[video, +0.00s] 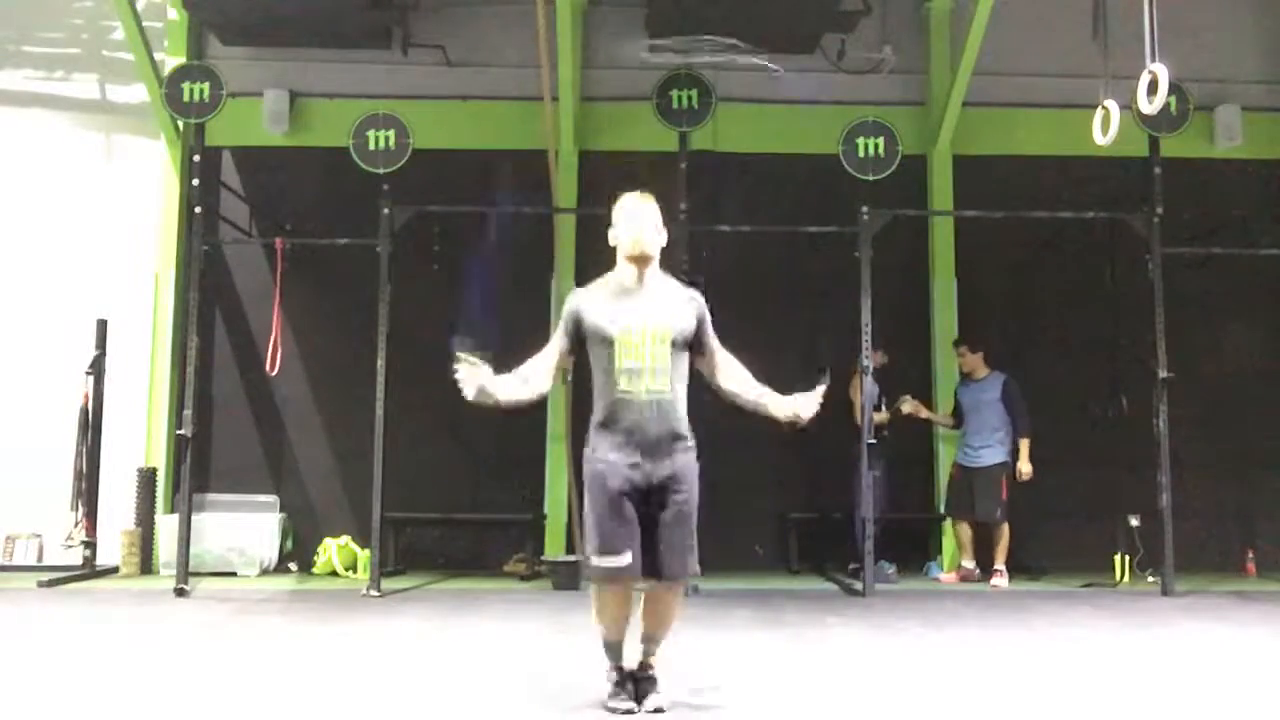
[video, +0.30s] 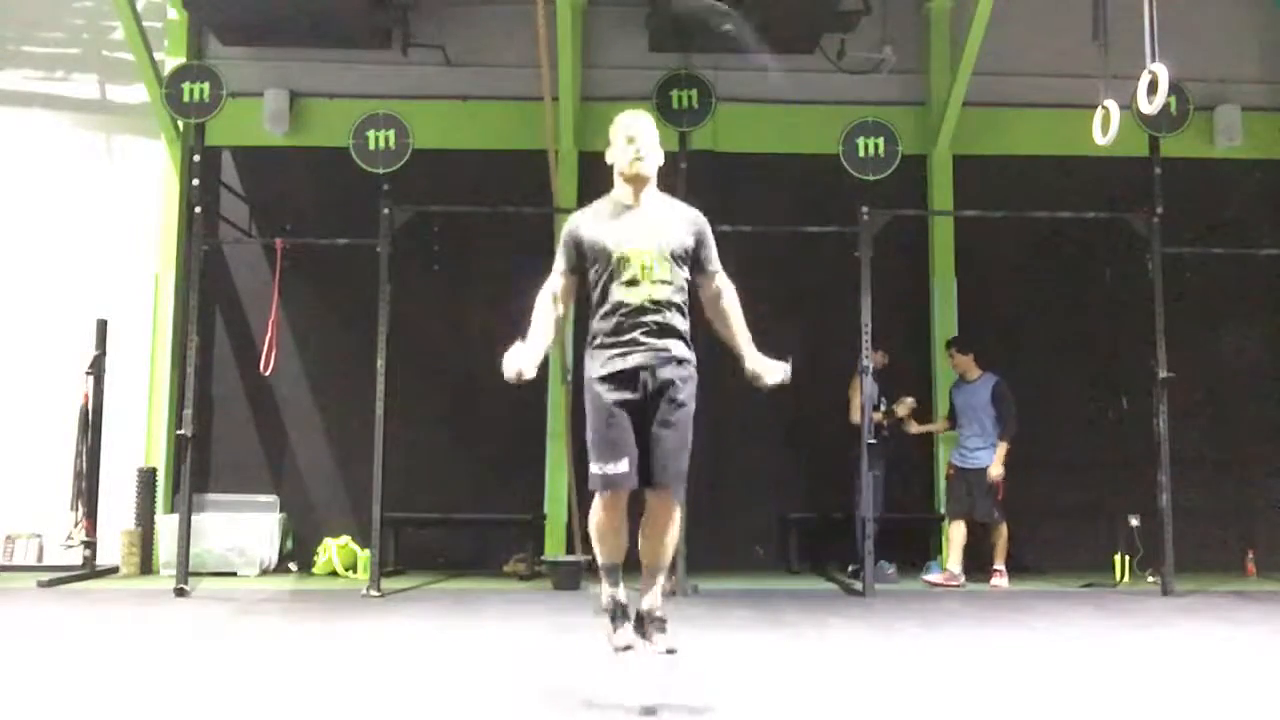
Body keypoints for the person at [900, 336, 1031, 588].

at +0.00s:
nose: (959, 361)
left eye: (963, 356)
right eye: (958, 356)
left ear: (979, 355)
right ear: (963, 357)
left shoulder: (1003, 384)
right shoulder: (962, 388)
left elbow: (1021, 421)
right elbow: (956, 423)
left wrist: (1024, 457)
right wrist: (924, 413)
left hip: (994, 460)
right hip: (965, 461)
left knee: (996, 517)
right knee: (959, 514)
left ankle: (999, 569)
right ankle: (968, 566)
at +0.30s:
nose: (951, 363)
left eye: (954, 357)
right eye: (950, 358)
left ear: (969, 356)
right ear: (958, 359)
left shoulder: (994, 385)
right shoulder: (956, 389)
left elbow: (1009, 424)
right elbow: (952, 422)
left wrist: (998, 461)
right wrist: (920, 428)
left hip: (987, 462)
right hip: (960, 462)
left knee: (994, 517)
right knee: (956, 515)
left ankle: (999, 569)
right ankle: (954, 570)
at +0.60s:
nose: (928, 361)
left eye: (931, 355)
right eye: (928, 355)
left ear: (946, 355)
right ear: (940, 356)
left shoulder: (974, 381)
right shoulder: (934, 387)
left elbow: (987, 418)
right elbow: (931, 424)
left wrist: (965, 446)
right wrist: (915, 455)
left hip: (970, 459)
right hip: (939, 461)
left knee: (978, 515)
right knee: (945, 517)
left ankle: (996, 564)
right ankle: (952, 573)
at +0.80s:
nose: (913, 360)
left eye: (917, 355)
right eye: (913, 355)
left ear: (931, 355)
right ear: (926, 357)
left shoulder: (959, 380)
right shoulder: (918, 387)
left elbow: (973, 418)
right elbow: (914, 423)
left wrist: (954, 446)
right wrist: (904, 455)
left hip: (951, 457)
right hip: (925, 458)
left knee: (952, 513)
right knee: (935, 517)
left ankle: (981, 553)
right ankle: (949, 569)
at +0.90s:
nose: (905, 361)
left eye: (909, 355)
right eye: (904, 356)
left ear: (924, 353)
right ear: (911, 358)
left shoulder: (951, 380)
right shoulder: (910, 387)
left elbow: (967, 418)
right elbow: (907, 423)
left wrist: (955, 450)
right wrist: (895, 451)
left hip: (943, 458)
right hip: (920, 459)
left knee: (936, 513)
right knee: (928, 515)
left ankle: (960, 562)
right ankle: (947, 571)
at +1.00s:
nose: (898, 361)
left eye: (902, 355)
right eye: (896, 356)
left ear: (916, 353)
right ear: (900, 359)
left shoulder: (940, 380)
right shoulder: (902, 388)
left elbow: (964, 414)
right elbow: (898, 423)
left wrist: (956, 448)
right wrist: (886, 449)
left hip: (937, 456)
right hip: (914, 458)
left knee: (922, 512)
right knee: (932, 516)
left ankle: (931, 572)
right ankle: (951, 569)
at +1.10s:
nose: (891, 363)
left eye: (894, 357)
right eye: (888, 359)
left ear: (907, 356)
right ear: (890, 362)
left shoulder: (932, 381)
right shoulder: (894, 388)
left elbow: (961, 411)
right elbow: (891, 423)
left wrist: (957, 446)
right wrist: (877, 446)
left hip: (930, 458)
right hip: (909, 459)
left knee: (913, 515)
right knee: (930, 517)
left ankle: (900, 574)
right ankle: (951, 570)